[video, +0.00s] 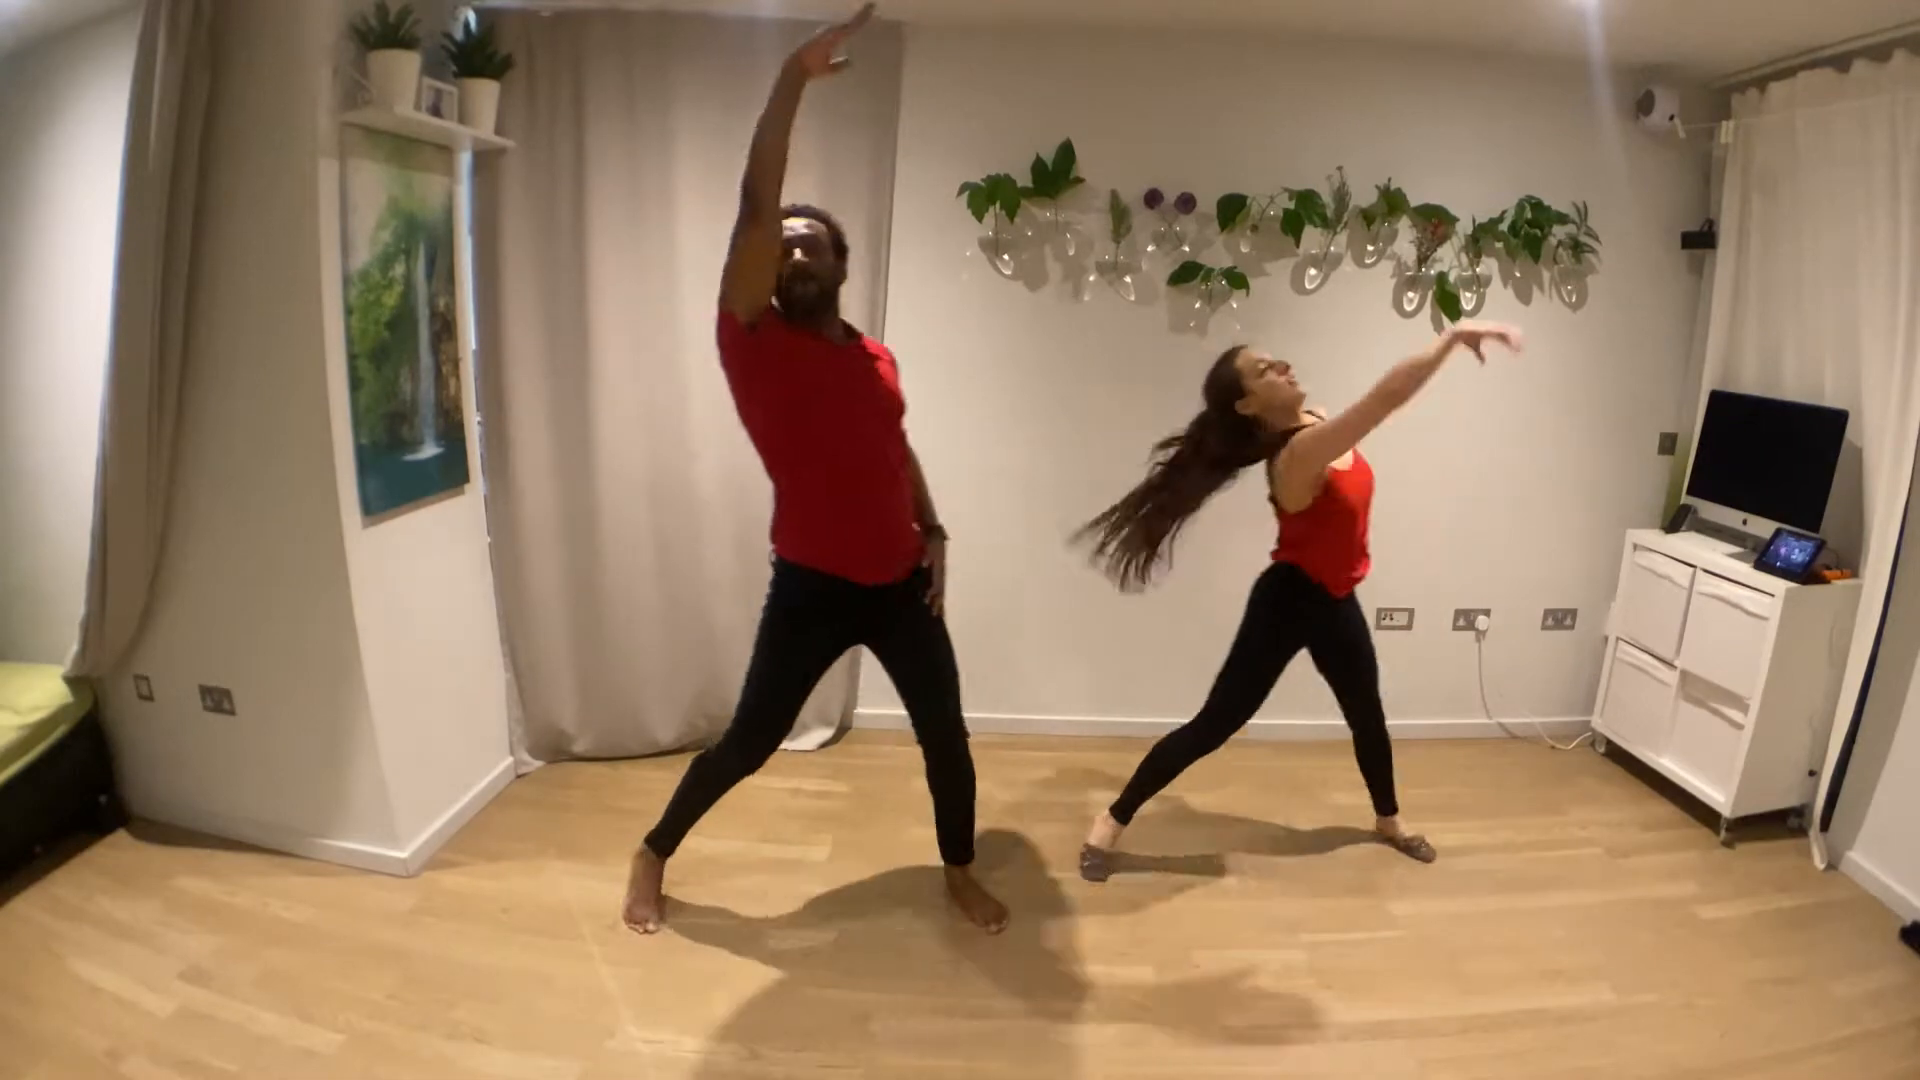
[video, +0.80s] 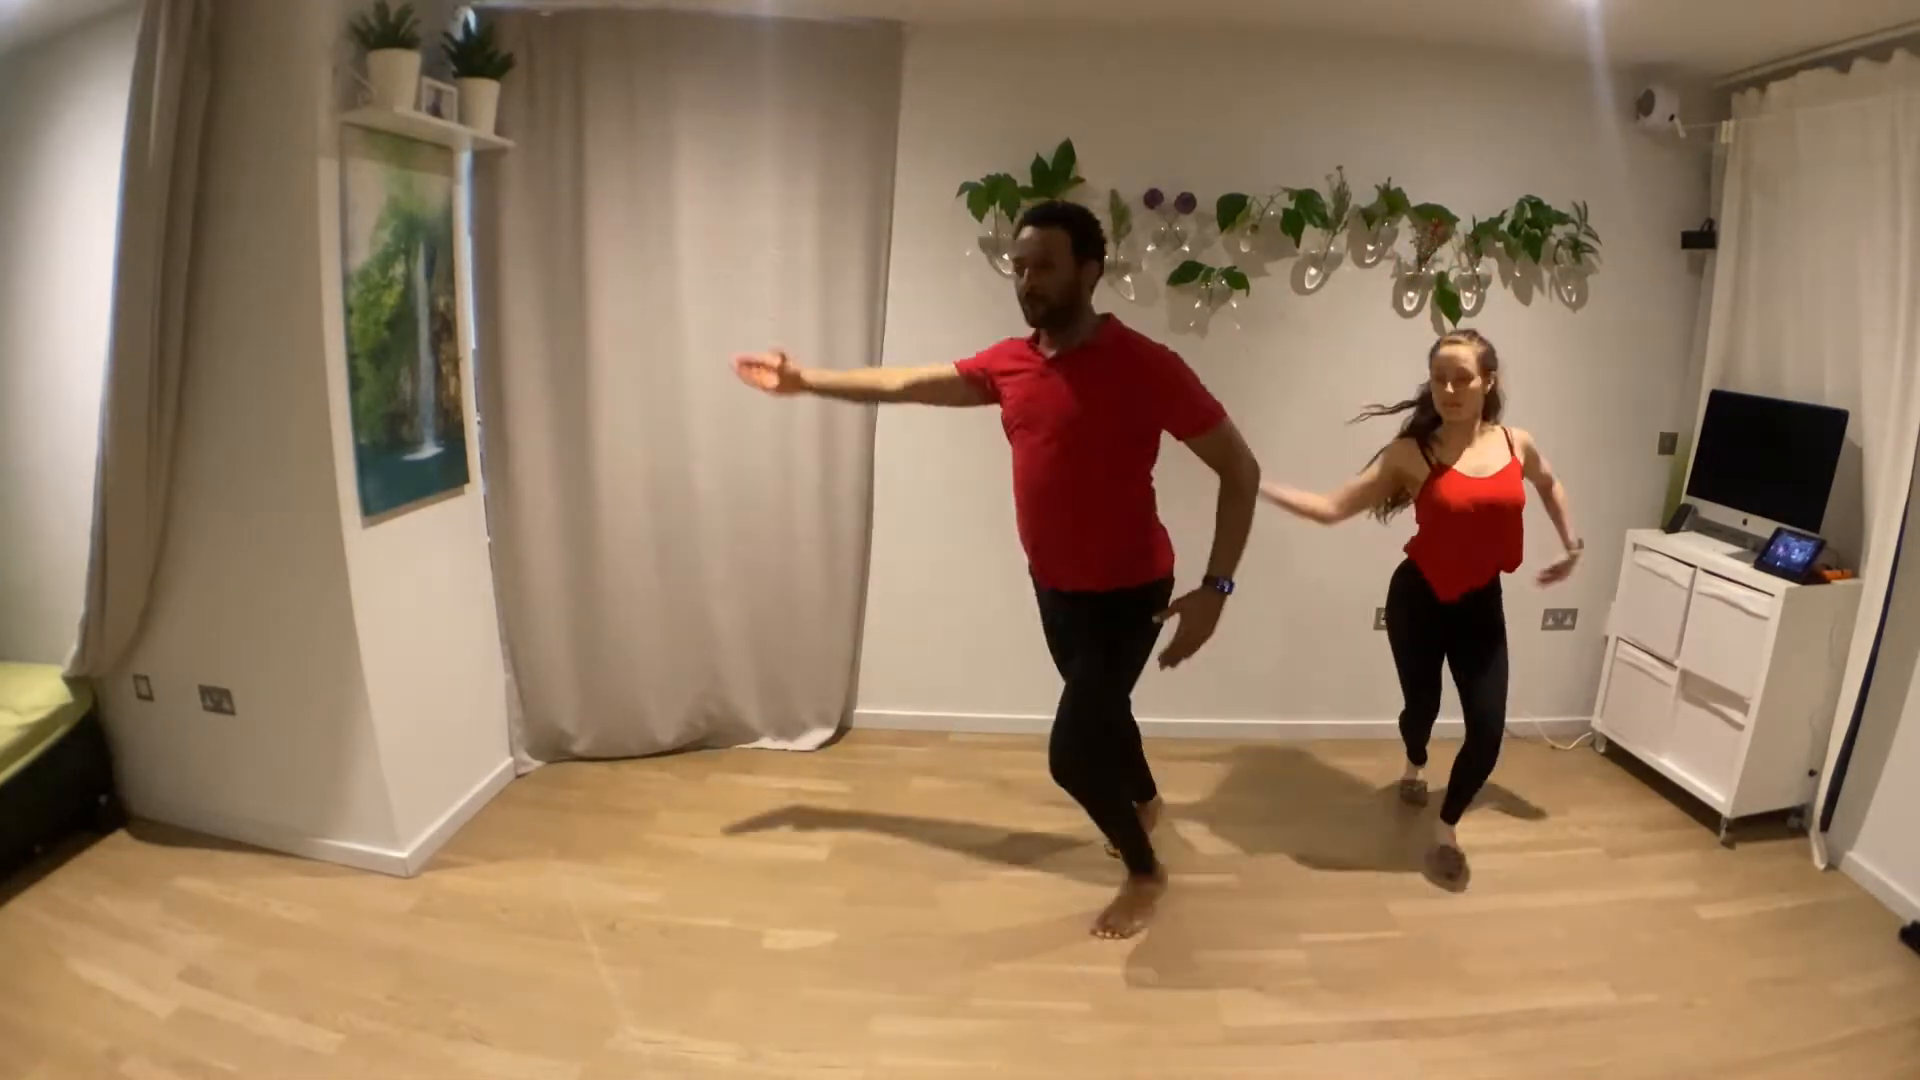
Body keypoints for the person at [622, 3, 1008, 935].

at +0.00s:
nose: (800, 242)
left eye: (816, 236)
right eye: (786, 236)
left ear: (842, 270)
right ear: (767, 260)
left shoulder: (871, 356)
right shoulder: (749, 338)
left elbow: (897, 448)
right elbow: (759, 200)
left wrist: (933, 532)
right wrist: (794, 74)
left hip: (900, 580)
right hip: (810, 584)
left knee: (947, 737)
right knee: (751, 743)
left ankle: (960, 871)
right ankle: (654, 855)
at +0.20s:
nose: (885, 248)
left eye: (901, 237)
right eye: (871, 240)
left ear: (932, 259)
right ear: (855, 264)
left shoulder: (984, 353)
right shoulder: (838, 340)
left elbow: (1030, 449)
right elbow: (791, 211)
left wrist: (1042, 551)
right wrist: (777, 88)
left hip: (975, 583)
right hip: (885, 582)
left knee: (984, 749)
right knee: (839, 746)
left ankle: (962, 874)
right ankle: (754, 838)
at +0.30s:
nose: (921, 252)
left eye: (938, 239)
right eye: (907, 245)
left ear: (971, 258)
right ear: (894, 267)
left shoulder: (1023, 353)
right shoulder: (873, 338)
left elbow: (1077, 453)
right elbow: (809, 220)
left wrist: (1081, 560)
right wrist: (779, 105)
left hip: (1006, 581)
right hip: (916, 578)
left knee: (999, 748)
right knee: (900, 744)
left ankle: (965, 866)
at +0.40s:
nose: (955, 263)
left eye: (971, 248)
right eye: (941, 252)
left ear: (1003, 261)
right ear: (925, 268)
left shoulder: (1051, 358)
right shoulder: (905, 340)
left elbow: (1112, 462)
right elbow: (828, 242)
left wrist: (1110, 571)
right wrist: (780, 136)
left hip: (1033, 586)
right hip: (944, 584)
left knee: (1006, 753)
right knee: (949, 759)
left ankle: (965, 871)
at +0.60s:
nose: (1003, 273)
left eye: (1019, 260)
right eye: (992, 261)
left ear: (1056, 268)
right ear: (979, 272)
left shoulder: (1107, 360)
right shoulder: (962, 348)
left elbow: (1175, 463)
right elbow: (862, 295)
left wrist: (1155, 571)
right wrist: (780, 226)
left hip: (1095, 581)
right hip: (1017, 579)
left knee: (1032, 736)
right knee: (1060, 713)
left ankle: (1000, 866)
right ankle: (1138, 792)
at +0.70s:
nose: (1018, 282)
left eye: (1036, 266)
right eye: (1007, 267)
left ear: (1077, 271)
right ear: (995, 273)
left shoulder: (1130, 366)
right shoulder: (987, 355)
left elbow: (1216, 460)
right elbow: (878, 331)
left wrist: (1189, 573)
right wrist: (784, 295)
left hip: (1115, 587)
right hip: (1040, 586)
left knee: (1049, 746)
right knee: (1099, 712)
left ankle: (1070, 872)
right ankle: (1146, 799)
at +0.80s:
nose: (1024, 284)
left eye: (1042, 269)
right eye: (1017, 269)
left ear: (1091, 270)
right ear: (1012, 272)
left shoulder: (1146, 368)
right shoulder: (1010, 365)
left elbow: (1240, 469)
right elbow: (904, 384)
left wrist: (1215, 586)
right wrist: (806, 381)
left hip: (1128, 587)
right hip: (1054, 585)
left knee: (1076, 756)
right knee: (1104, 706)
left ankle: (1142, 876)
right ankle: (1140, 797)